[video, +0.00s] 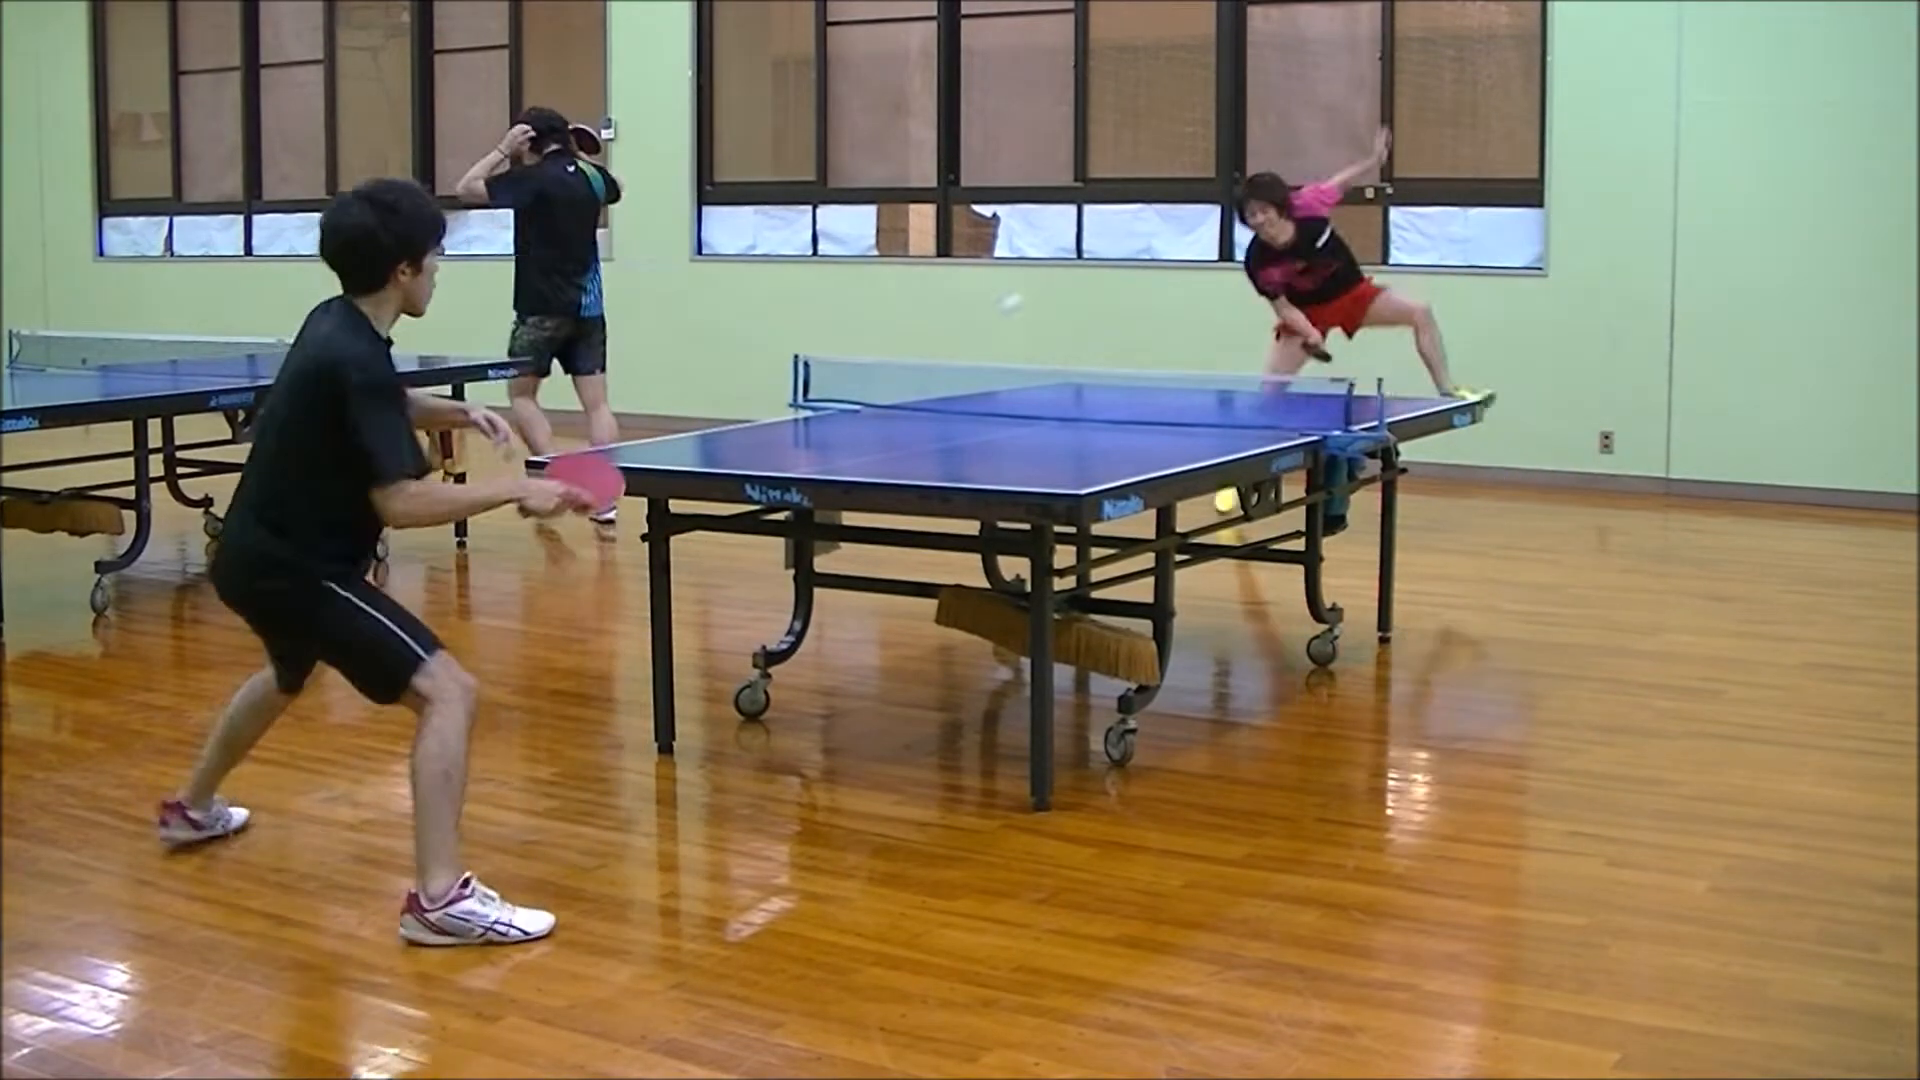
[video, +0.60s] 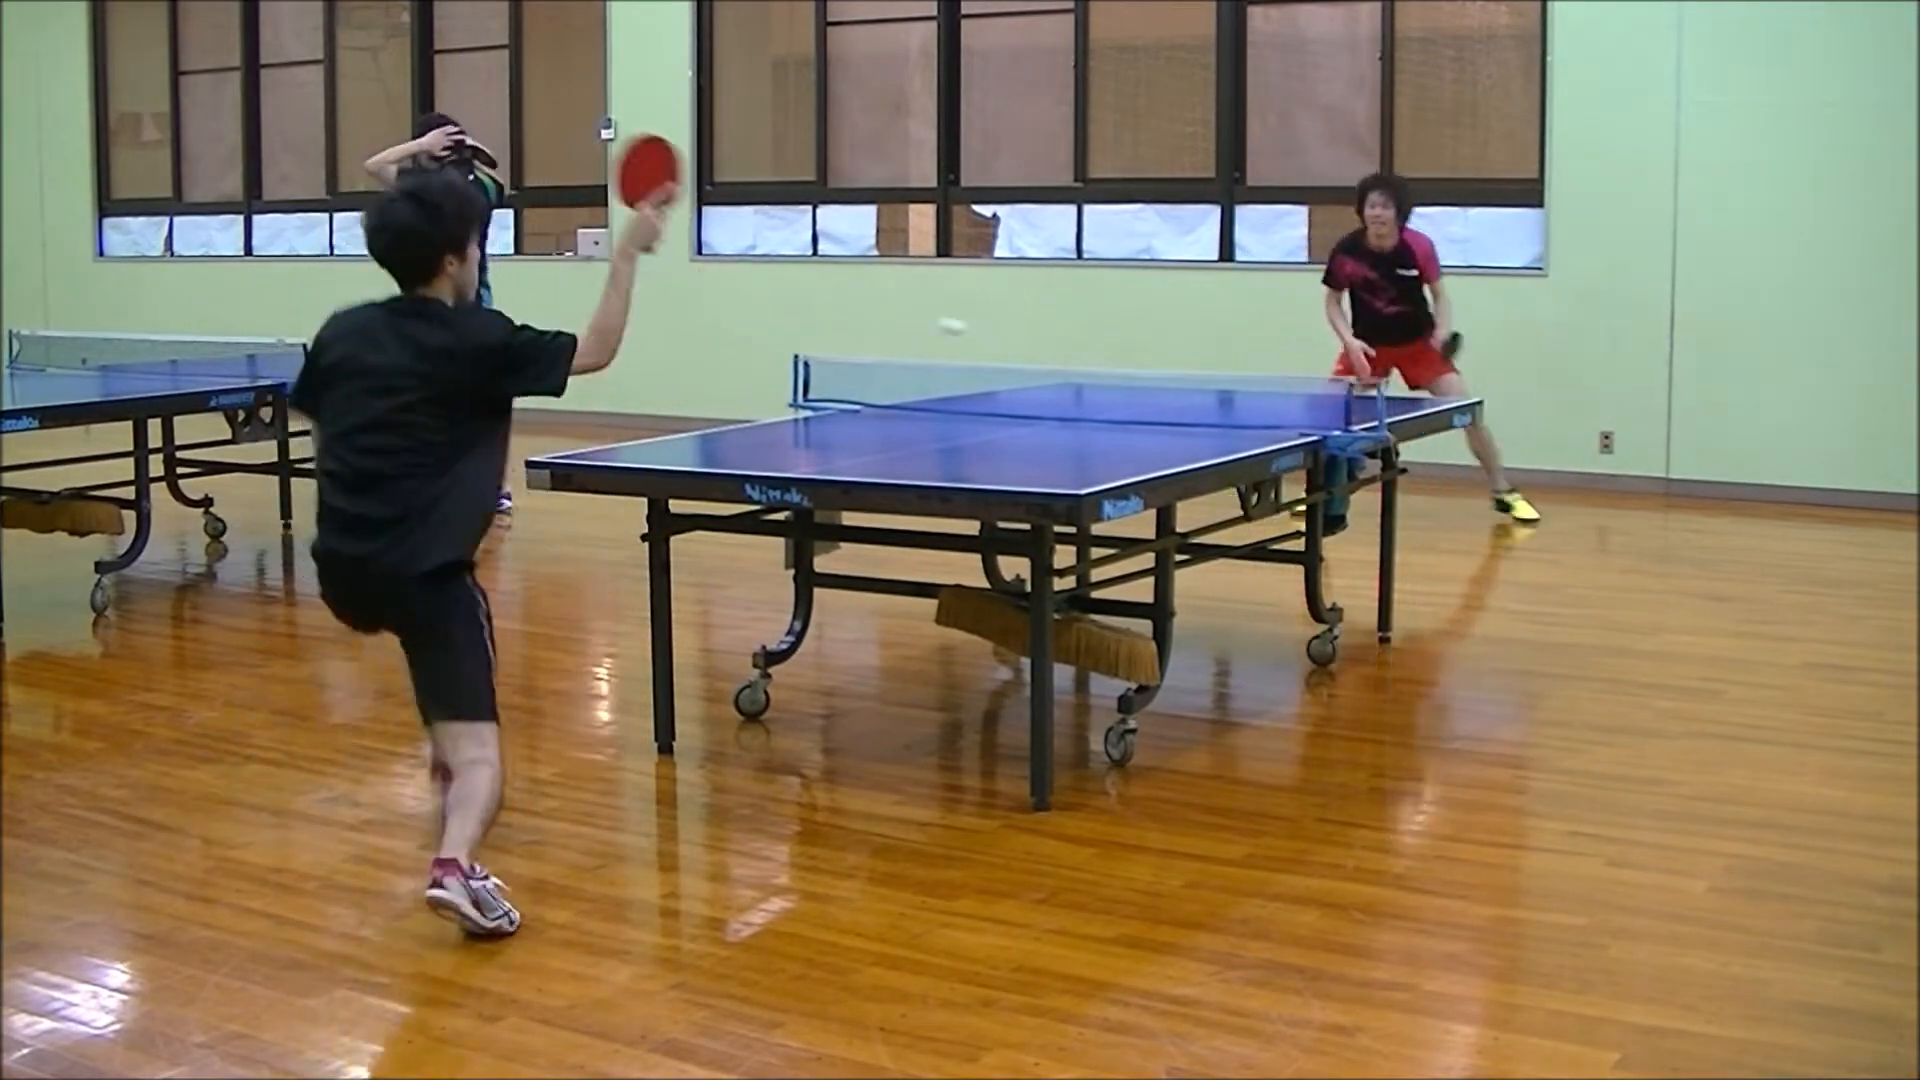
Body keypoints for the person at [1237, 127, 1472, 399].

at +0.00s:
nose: (1258, 220)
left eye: (1263, 211)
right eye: (1251, 215)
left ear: (1279, 204)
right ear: (1246, 220)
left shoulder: (1310, 205)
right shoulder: (1258, 261)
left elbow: (1341, 181)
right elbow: (1282, 307)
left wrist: (1374, 161)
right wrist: (1309, 333)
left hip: (1353, 298)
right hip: (1305, 314)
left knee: (1420, 314)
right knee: (1270, 391)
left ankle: (1447, 392)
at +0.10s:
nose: (1246, 248)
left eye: (1252, 238)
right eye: (1238, 242)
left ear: (1267, 235)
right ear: (1231, 247)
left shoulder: (1295, 246)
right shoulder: (1238, 292)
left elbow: (1339, 252)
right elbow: (1264, 334)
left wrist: (1341, 250)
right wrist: (1294, 353)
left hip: (1340, 331)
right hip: (1288, 350)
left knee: (1406, 364)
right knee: (1264, 418)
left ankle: (1448, 440)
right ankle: (1246, 488)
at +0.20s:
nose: (1251, 263)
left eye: (1258, 254)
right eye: (1244, 257)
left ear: (1274, 256)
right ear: (1238, 263)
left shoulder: (1305, 271)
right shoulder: (1242, 305)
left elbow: (1344, 298)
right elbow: (1260, 353)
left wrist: (1330, 339)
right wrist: (1293, 368)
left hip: (1337, 350)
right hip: (1284, 364)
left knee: (1379, 387)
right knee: (1259, 419)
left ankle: (1399, 483)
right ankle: (1246, 487)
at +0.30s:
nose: (1289, 246)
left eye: (1296, 239)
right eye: (1282, 240)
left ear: (1311, 243)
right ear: (1276, 245)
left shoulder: (1337, 272)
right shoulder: (1269, 284)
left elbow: (1361, 311)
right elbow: (1270, 336)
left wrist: (1338, 342)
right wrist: (1302, 357)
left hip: (1350, 362)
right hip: (1293, 364)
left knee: (1371, 424)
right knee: (1269, 421)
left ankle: (1391, 494)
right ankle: (1254, 487)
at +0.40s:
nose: (1323, 216)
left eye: (1331, 208)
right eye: (1317, 208)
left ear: (1347, 213)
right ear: (1308, 216)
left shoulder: (1368, 247)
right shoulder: (1299, 256)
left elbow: (1386, 289)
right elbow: (1295, 311)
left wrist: (1366, 322)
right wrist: (1332, 334)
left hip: (1376, 337)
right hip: (1321, 339)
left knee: (1408, 408)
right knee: (1291, 410)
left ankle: (1397, 487)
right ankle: (1256, 485)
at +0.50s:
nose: (1348, 203)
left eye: (1357, 195)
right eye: (1342, 196)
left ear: (1373, 201)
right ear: (1334, 201)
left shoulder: (1393, 234)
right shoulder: (1322, 242)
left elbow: (1409, 281)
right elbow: (1319, 298)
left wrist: (1403, 310)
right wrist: (1345, 329)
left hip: (1395, 327)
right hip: (1345, 330)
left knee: (1435, 399)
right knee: (1314, 401)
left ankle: (1441, 478)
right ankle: (1297, 477)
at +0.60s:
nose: (1377, 214)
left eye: (1385, 206)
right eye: (1370, 206)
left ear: (1400, 211)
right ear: (1361, 212)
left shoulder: (1418, 246)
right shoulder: (1347, 252)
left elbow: (1439, 295)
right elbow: (1332, 303)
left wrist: (1442, 331)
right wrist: (1349, 343)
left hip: (1417, 346)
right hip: (1366, 349)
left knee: (1467, 411)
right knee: (1332, 418)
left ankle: (1503, 492)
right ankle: (1325, 506)